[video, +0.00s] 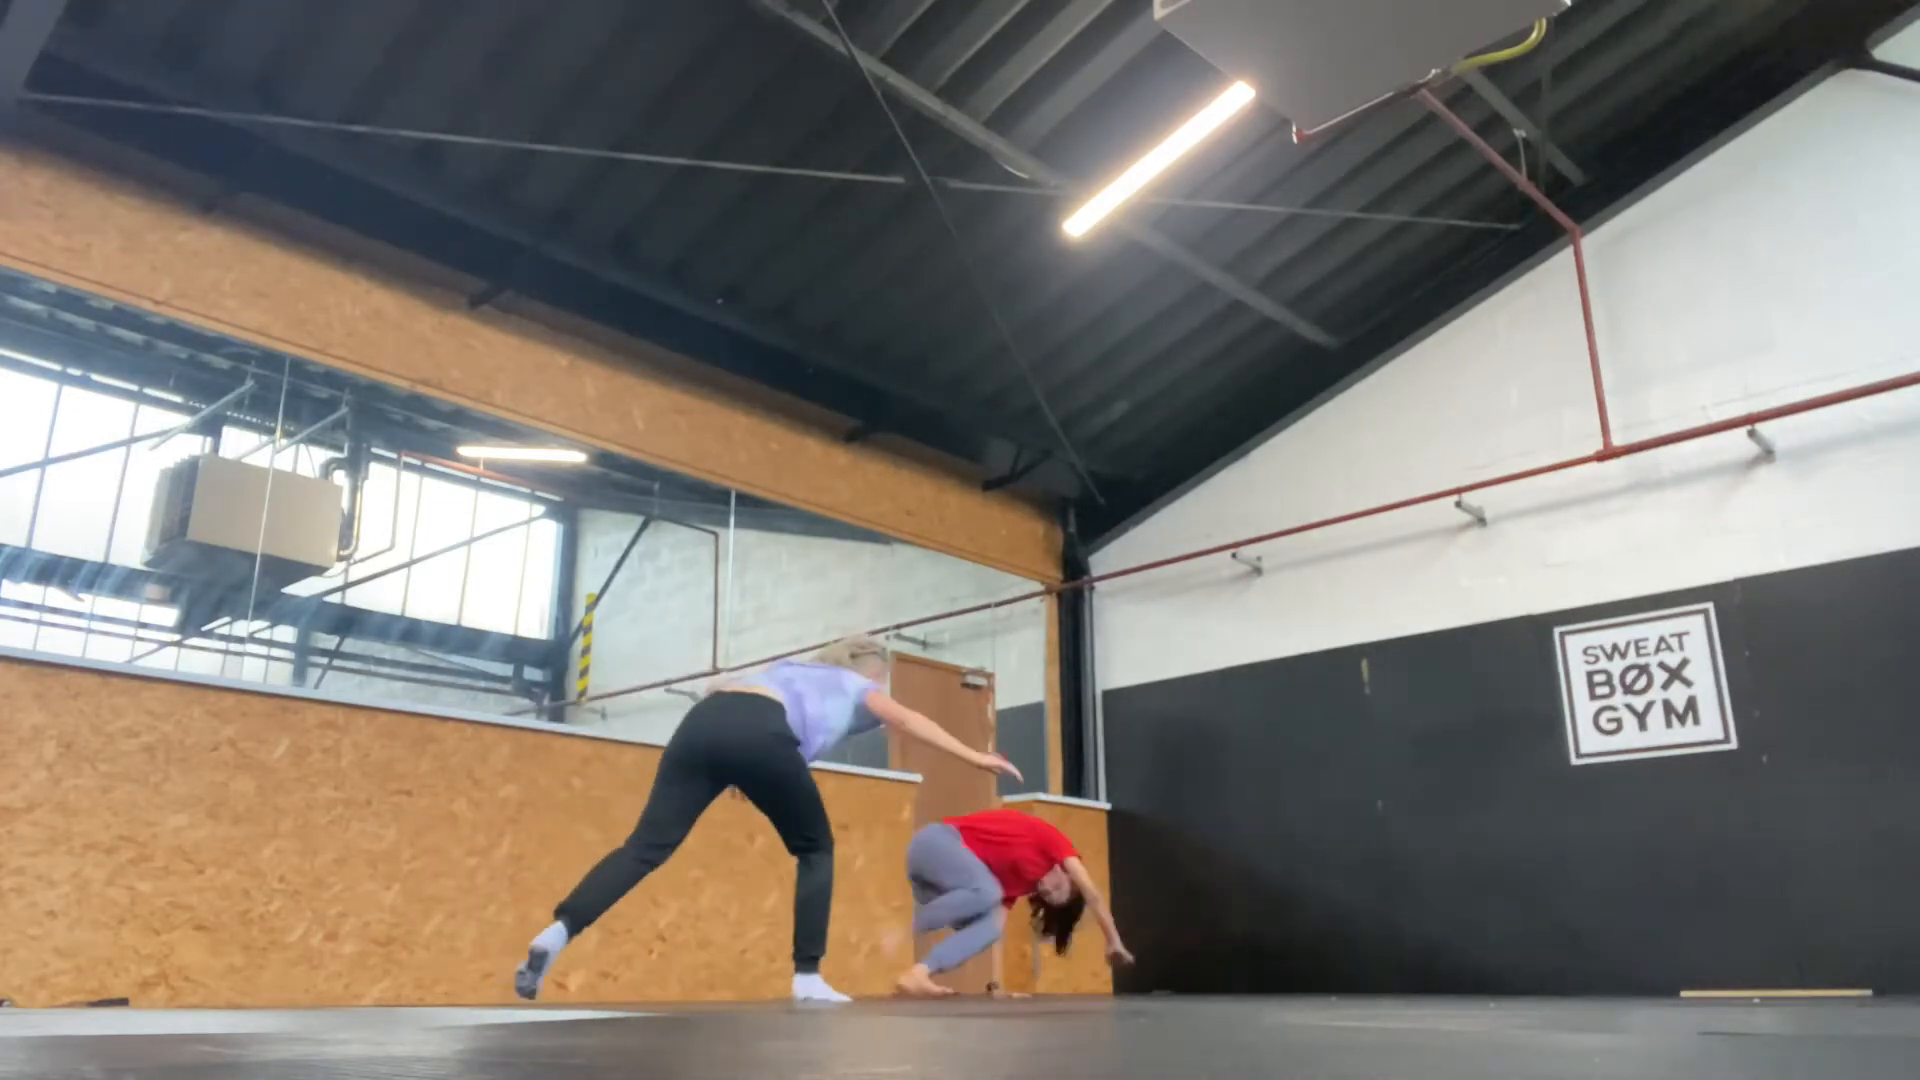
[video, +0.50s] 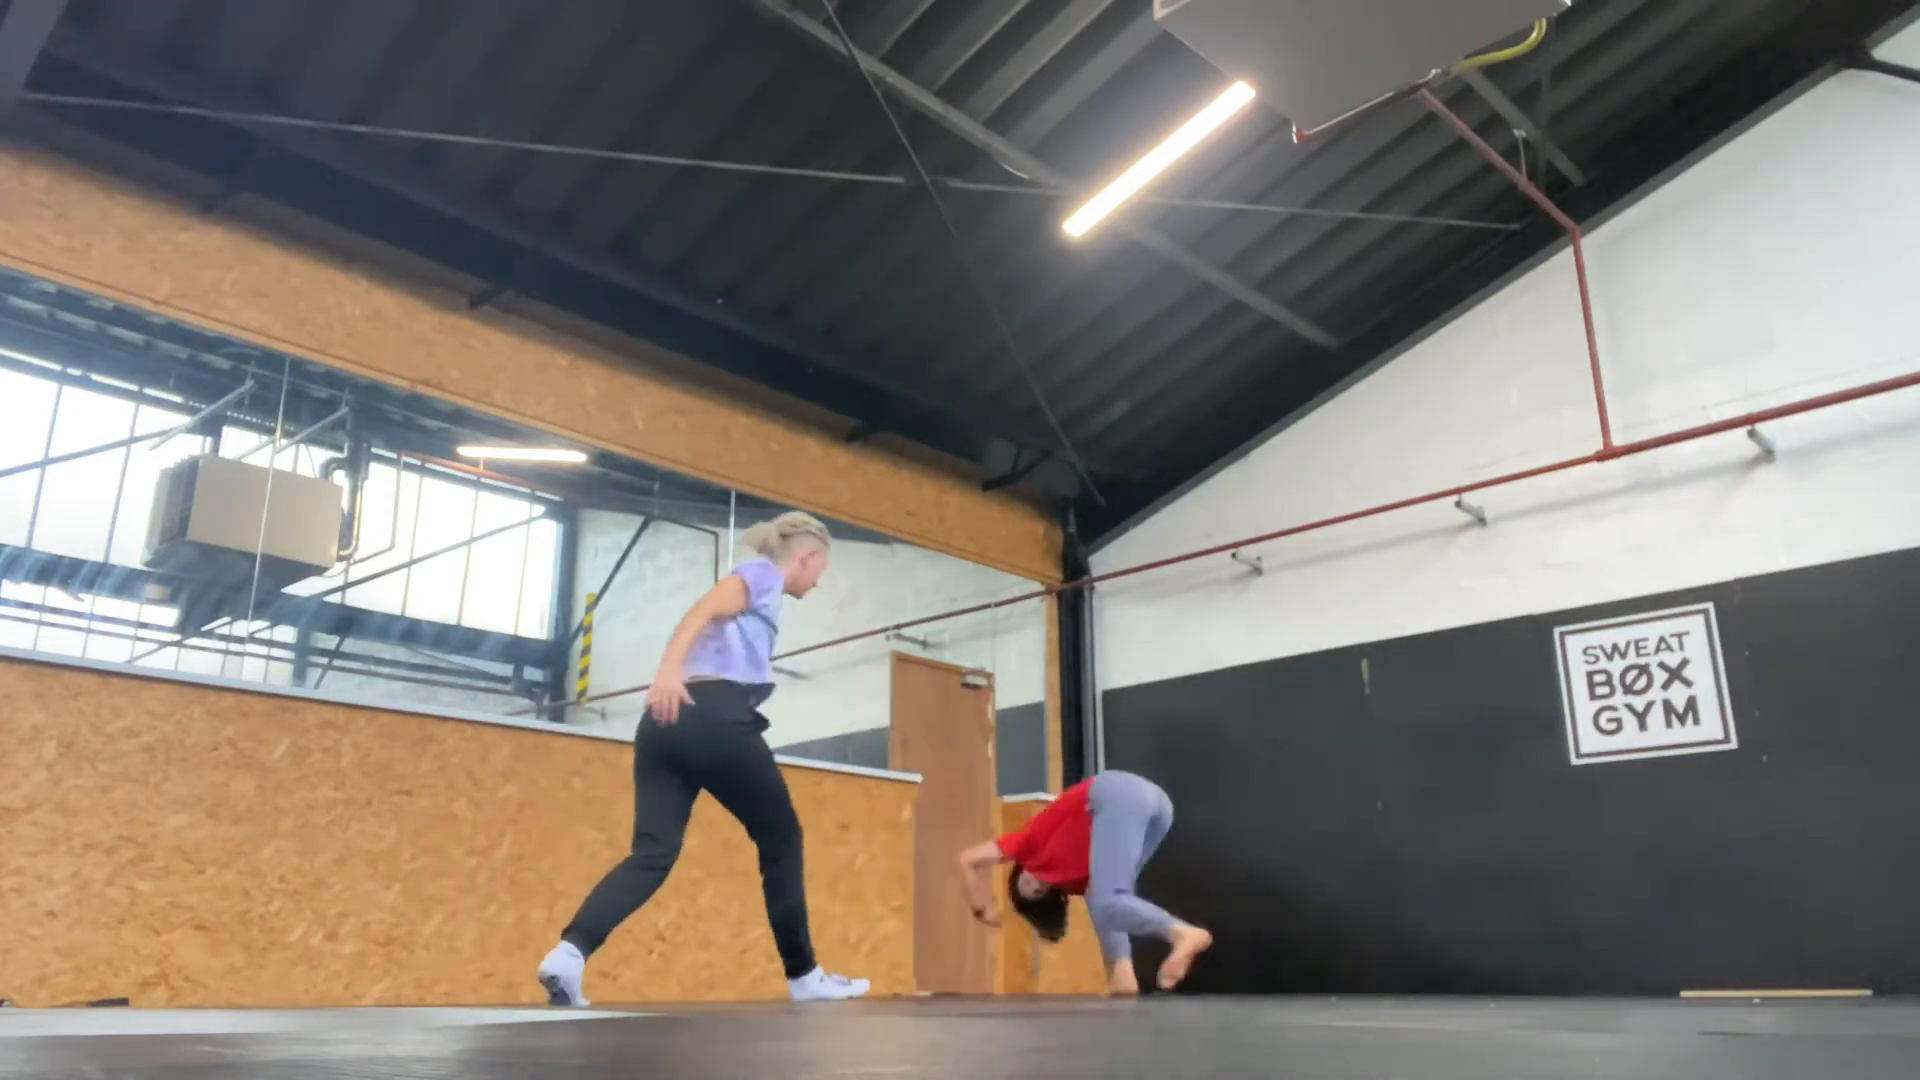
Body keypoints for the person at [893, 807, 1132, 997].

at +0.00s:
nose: (1050, 891)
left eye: (1051, 898)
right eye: (1061, 891)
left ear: (1045, 898)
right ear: (1067, 876)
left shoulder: (1014, 888)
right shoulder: (1053, 843)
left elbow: (994, 932)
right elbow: (1091, 893)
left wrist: (996, 985)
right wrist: (1114, 942)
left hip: (930, 882)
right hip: (936, 840)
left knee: (990, 928)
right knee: (985, 891)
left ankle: (919, 974)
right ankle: (901, 931)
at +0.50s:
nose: (1035, 887)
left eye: (1026, 886)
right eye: (1035, 894)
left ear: (1021, 875)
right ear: (1045, 897)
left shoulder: (1026, 844)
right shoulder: (1079, 881)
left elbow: (968, 859)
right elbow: (1104, 906)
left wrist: (981, 909)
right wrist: (1115, 970)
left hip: (1121, 792)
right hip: (1161, 807)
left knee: (1109, 903)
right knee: (1103, 900)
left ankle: (1184, 934)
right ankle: (1123, 979)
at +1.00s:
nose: (1096, 694)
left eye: (1100, 682)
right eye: (1090, 690)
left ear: (1124, 676)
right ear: (1091, 699)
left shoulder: (1168, 697)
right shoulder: (1118, 739)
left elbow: (1225, 725)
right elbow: (1149, 802)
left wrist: (1169, 745)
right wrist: (1134, 803)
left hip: (1237, 804)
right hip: (1187, 819)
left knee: (1241, 879)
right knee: (1116, 877)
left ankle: (1314, 977)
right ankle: (1134, 977)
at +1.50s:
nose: (1038, 686)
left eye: (1043, 677)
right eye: (1036, 680)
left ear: (1065, 675)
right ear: (1043, 686)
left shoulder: (1117, 698)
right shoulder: (1050, 728)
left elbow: (1181, 725)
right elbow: (1002, 750)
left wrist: (1144, 736)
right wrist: (965, 747)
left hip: (1165, 806)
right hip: (1115, 818)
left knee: (1220, 880)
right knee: (1051, 878)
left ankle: (1292, 961)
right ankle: (1056, 978)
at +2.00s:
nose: (1033, 653)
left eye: (1038, 645)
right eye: (1027, 648)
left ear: (1053, 646)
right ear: (1022, 658)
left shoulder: (1076, 672)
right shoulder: (1035, 696)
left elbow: (1055, 708)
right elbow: (1051, 745)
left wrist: (1027, 688)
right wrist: (1046, 777)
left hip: (1110, 792)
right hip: (1064, 796)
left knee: (1112, 890)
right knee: (1055, 881)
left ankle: (1117, 966)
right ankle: (1055, 973)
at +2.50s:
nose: (993, 683)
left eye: (997, 673)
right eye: (987, 680)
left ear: (1019, 671)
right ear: (990, 694)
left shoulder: (1046, 688)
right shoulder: (1021, 724)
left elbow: (1047, 732)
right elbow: (1007, 781)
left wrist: (1015, 726)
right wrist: (970, 773)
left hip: (1114, 791)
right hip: (1069, 803)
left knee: (1117, 900)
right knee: (1041, 878)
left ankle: (1152, 952)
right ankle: (1047, 977)